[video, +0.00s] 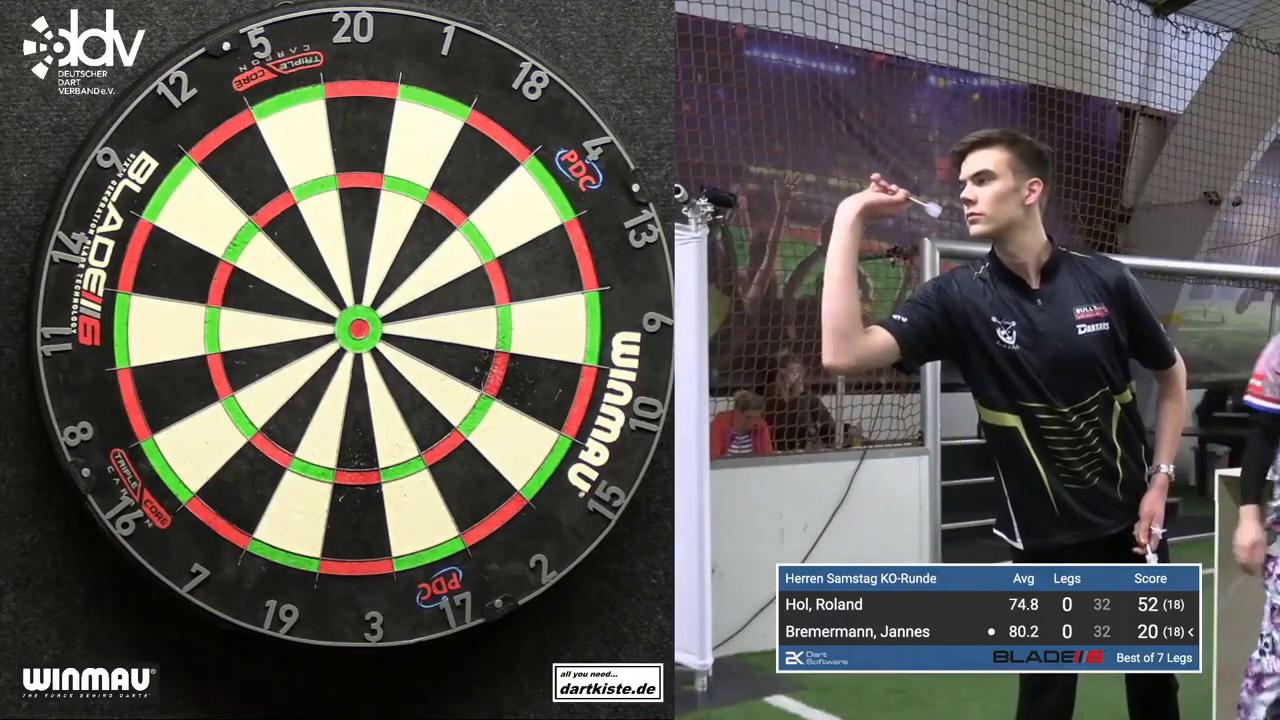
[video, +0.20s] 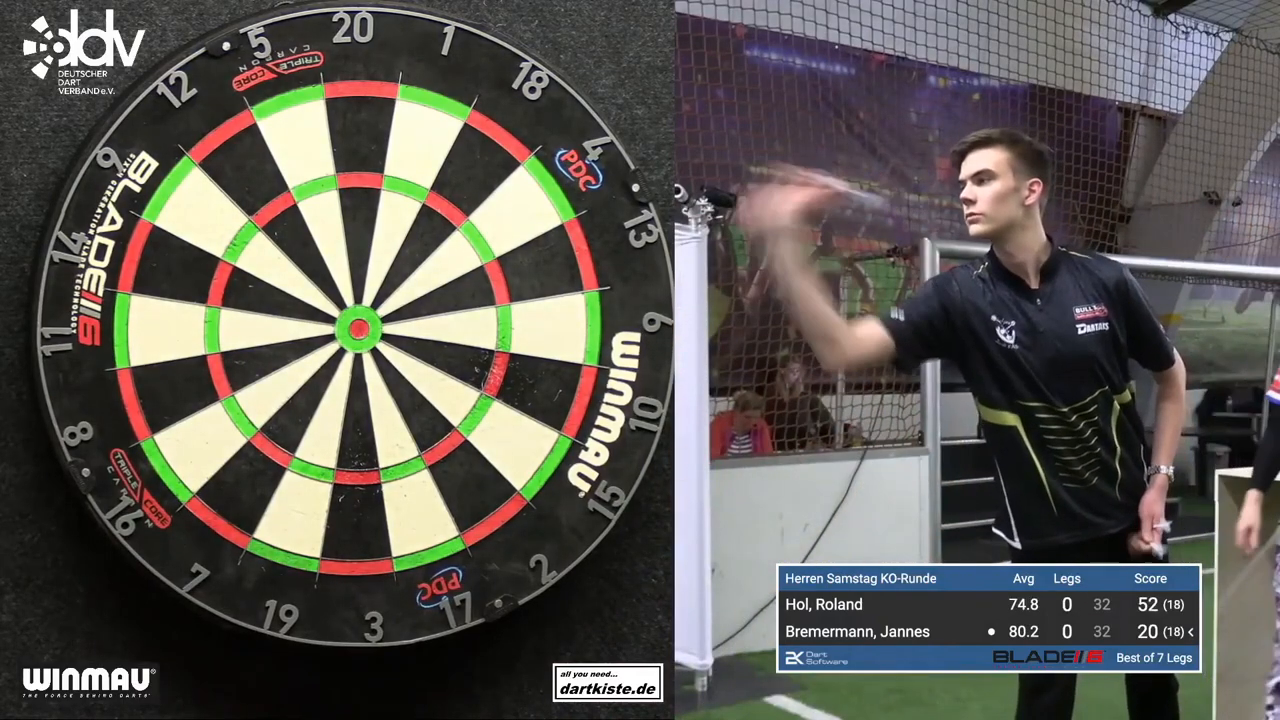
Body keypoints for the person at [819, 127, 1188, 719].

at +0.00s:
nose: (966, 196)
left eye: (983, 180)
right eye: (963, 185)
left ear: (1032, 191)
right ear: (963, 201)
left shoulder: (1104, 280)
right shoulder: (958, 298)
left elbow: (1172, 376)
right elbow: (842, 350)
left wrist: (1160, 481)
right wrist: (847, 216)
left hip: (1130, 526)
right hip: (1039, 542)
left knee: (1154, 685)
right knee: (1046, 699)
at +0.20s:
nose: (965, 196)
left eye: (983, 180)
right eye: (963, 186)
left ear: (1033, 191)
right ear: (964, 202)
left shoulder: (1104, 280)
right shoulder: (958, 298)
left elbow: (1172, 377)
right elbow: (842, 349)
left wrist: (1160, 481)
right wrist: (783, 241)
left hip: (1130, 523)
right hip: (1041, 541)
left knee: (1156, 689)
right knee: (1046, 703)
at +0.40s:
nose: (969, 191)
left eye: (986, 176)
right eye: (966, 182)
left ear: (1037, 188)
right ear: (967, 198)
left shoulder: (1108, 281)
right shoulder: (960, 281)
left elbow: (1173, 378)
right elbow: (834, 267)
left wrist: (1159, 484)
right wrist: (688, 279)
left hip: (1127, 519)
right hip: (1041, 530)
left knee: (1153, 679)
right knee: (1049, 692)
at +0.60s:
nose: (970, 192)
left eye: (987, 178)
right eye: (967, 183)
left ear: (1037, 188)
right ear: (969, 198)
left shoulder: (1110, 284)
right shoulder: (960, 289)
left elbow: (1173, 382)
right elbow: (842, 329)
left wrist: (1156, 488)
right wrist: (714, 377)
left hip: (1129, 523)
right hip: (1039, 538)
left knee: (1153, 680)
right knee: (1046, 691)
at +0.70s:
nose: (970, 194)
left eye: (987, 178)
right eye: (967, 184)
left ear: (1037, 189)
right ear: (967, 199)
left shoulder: (1108, 284)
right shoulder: (960, 295)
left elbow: (1174, 382)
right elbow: (864, 364)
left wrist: (1156, 488)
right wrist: (753, 445)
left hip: (1128, 521)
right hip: (1037, 539)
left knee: (1155, 682)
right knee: (1046, 693)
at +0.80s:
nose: (967, 197)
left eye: (985, 181)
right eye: (964, 187)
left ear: (1035, 191)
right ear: (965, 202)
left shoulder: (1108, 285)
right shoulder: (960, 307)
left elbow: (1172, 387)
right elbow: (902, 417)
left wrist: (1153, 491)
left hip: (1128, 524)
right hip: (1037, 544)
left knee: (1150, 678)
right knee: (1052, 695)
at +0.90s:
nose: (958, 203)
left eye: (976, 186)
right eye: (956, 192)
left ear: (1025, 197)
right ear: (955, 207)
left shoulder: (1098, 293)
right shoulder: (948, 319)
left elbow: (1162, 391)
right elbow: (927, 460)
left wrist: (1131, 482)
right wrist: (910, 582)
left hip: (1112, 529)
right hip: (1024, 546)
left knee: (1144, 683)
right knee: (1055, 698)